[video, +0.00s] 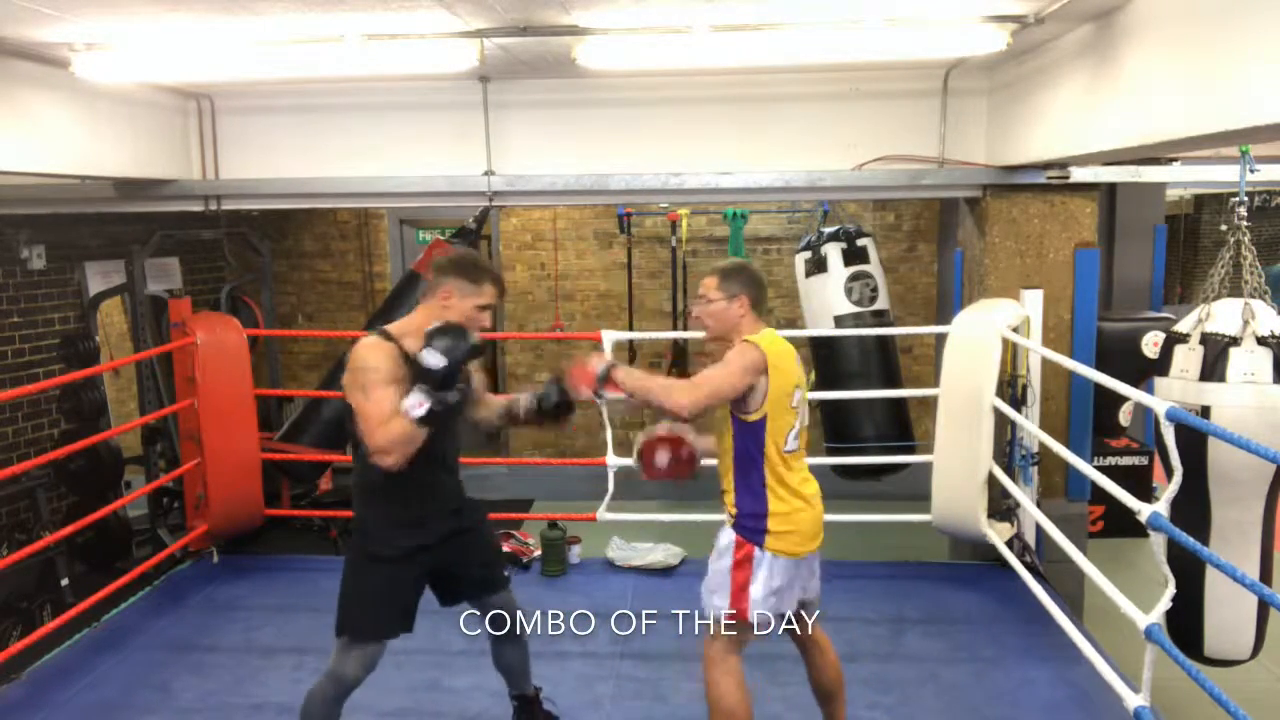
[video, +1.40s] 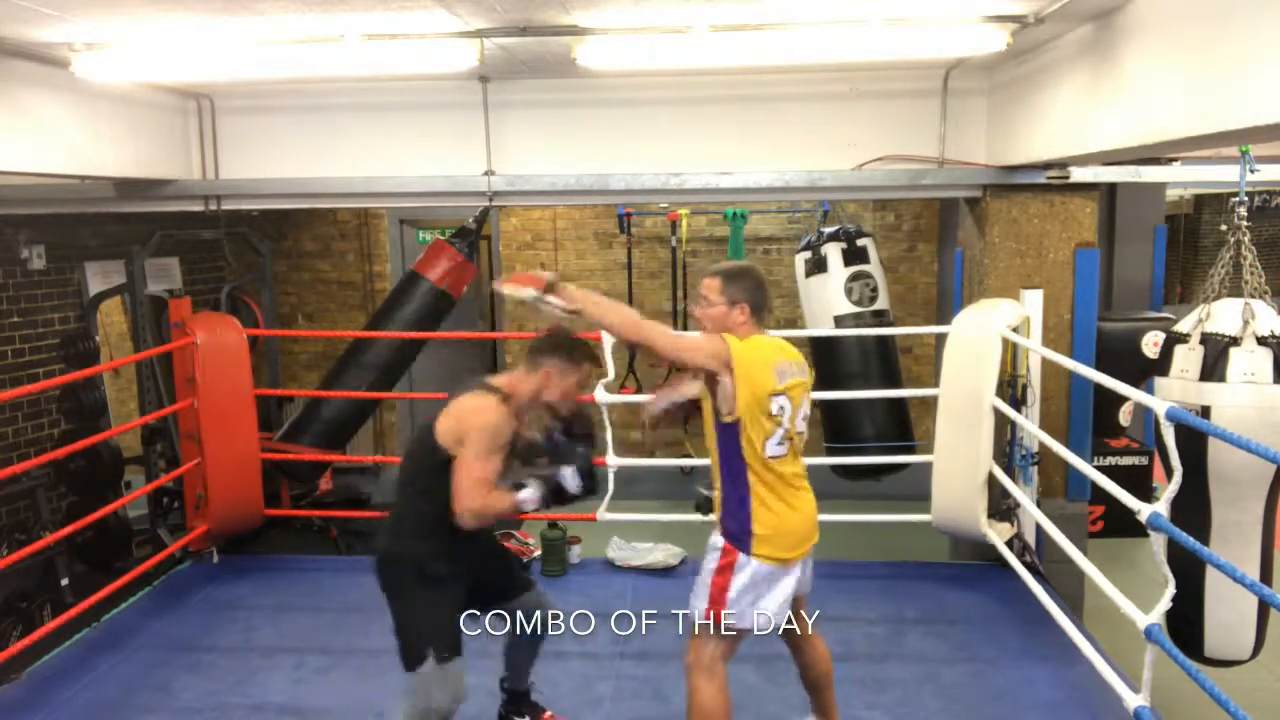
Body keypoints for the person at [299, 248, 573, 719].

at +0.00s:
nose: (489, 323)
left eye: (491, 312)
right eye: (482, 310)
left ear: (449, 300)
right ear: (444, 297)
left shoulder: (450, 350)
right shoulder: (374, 353)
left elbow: (482, 409)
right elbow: (386, 450)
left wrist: (537, 402)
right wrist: (431, 388)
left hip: (451, 520)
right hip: (388, 532)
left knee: (504, 617)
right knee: (355, 661)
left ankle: (526, 705)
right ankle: (316, 713)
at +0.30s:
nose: (494, 319)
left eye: (497, 307)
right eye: (489, 305)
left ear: (456, 299)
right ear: (454, 296)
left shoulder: (440, 350)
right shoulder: (401, 352)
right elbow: (399, 441)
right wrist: (469, 409)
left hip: (441, 516)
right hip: (392, 526)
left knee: (495, 605)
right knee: (366, 666)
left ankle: (515, 704)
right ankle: (322, 714)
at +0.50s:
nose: (513, 337)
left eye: (519, 328)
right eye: (513, 324)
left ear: (477, 307)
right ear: (480, 307)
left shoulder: (447, 351)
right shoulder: (437, 366)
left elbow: (464, 426)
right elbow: (477, 454)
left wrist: (500, 393)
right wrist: (524, 404)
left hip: (443, 520)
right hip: (401, 531)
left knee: (496, 604)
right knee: (386, 675)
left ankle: (515, 703)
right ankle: (328, 717)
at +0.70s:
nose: (521, 357)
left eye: (524, 347)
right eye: (519, 347)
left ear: (489, 339)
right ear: (490, 341)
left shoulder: (463, 369)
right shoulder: (416, 398)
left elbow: (471, 438)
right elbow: (409, 489)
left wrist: (511, 415)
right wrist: (472, 471)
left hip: (443, 521)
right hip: (392, 534)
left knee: (505, 606)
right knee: (370, 675)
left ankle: (517, 704)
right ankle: (318, 715)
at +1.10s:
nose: (506, 336)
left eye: (508, 325)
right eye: (502, 323)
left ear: (467, 314)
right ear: (467, 312)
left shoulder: (467, 363)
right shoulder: (395, 368)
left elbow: (511, 388)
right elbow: (357, 463)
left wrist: (538, 388)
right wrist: (442, 433)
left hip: (443, 518)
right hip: (389, 529)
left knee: (504, 611)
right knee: (362, 677)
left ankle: (513, 704)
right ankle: (313, 717)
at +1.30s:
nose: (551, 363)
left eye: (553, 348)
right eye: (544, 347)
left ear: (506, 335)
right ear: (514, 337)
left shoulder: (459, 361)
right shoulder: (489, 380)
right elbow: (533, 467)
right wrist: (597, 437)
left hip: (455, 532)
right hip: (415, 544)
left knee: (519, 608)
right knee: (405, 694)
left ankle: (514, 702)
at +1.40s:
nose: (578, 399)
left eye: (583, 389)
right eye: (577, 387)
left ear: (547, 373)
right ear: (548, 373)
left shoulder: (512, 406)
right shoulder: (487, 413)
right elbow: (470, 508)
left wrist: (550, 461)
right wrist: (539, 493)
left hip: (463, 543)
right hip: (417, 554)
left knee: (532, 613)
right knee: (440, 693)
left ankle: (515, 701)